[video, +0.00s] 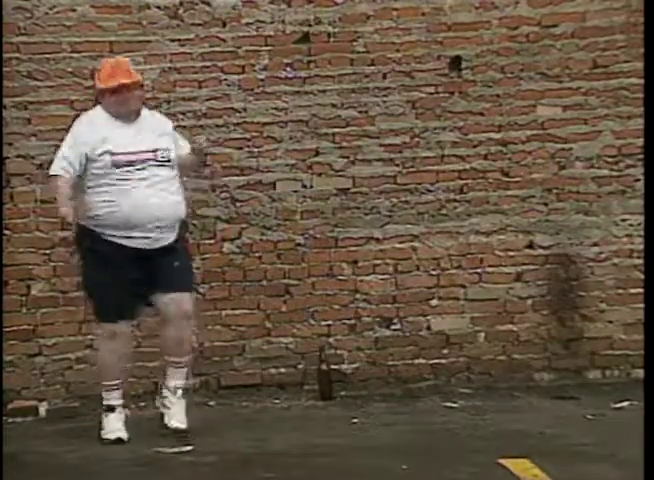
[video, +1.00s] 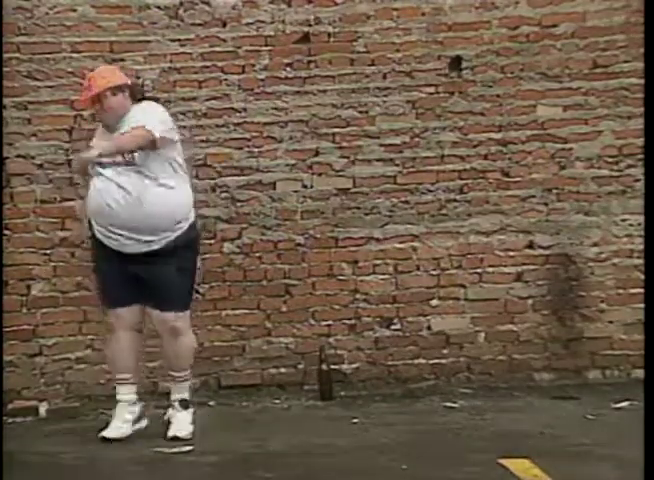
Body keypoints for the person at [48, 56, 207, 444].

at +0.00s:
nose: (133, 94)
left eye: (135, 88)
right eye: (124, 90)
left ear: (141, 89)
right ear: (105, 97)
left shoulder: (157, 122)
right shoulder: (88, 127)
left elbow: (181, 160)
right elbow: (64, 173)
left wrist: (200, 161)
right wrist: (65, 207)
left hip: (165, 241)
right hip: (108, 243)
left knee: (181, 309)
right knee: (115, 327)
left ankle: (174, 392)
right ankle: (113, 409)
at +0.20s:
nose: (137, 132)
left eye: (141, 124)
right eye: (128, 127)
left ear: (152, 114)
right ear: (116, 124)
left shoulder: (178, 135)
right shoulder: (107, 152)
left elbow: (222, 158)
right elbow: (70, 194)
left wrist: (211, 186)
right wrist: (86, 221)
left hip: (169, 260)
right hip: (111, 258)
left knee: (173, 334)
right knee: (105, 336)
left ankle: (178, 412)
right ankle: (107, 412)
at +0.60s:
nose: (135, 132)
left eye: (143, 126)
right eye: (129, 125)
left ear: (158, 118)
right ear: (119, 117)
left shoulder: (184, 144)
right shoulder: (108, 134)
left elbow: (218, 189)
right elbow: (77, 173)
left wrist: (215, 224)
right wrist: (78, 173)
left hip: (173, 246)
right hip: (121, 251)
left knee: (174, 332)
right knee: (111, 330)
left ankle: (197, 411)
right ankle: (115, 412)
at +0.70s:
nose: (130, 135)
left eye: (137, 128)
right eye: (124, 128)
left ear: (154, 117)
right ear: (117, 122)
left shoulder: (180, 146)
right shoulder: (112, 150)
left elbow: (210, 186)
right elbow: (77, 184)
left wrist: (196, 200)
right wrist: (37, 187)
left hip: (172, 254)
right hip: (119, 259)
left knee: (171, 336)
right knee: (99, 329)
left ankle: (195, 413)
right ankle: (112, 412)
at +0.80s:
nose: (114, 120)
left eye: (119, 111)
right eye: (110, 114)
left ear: (140, 101)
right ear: (111, 113)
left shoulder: (171, 127)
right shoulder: (114, 142)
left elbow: (197, 163)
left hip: (172, 250)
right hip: (118, 254)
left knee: (173, 335)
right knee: (99, 328)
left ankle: (195, 412)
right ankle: (108, 404)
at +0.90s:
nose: (100, 107)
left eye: (102, 99)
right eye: (97, 102)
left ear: (124, 88)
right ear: (106, 98)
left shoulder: (161, 110)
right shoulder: (106, 131)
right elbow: (93, 182)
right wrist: (69, 220)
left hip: (169, 240)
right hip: (114, 242)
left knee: (174, 326)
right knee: (109, 319)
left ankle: (192, 407)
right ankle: (112, 400)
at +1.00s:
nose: (95, 109)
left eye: (99, 100)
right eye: (93, 104)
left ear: (121, 94)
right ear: (97, 105)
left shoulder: (150, 113)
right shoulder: (102, 134)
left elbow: (141, 139)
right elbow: (89, 179)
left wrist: (98, 149)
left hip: (168, 240)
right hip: (114, 241)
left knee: (173, 322)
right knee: (122, 322)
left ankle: (181, 406)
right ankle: (127, 405)